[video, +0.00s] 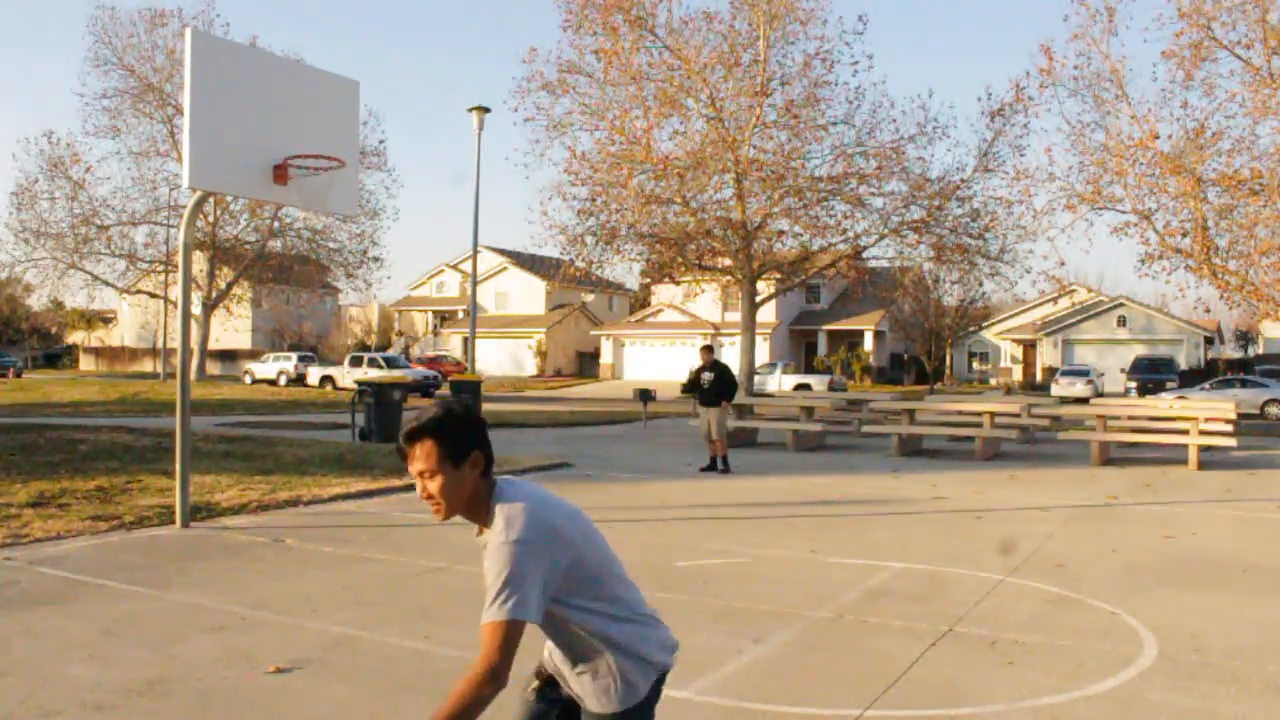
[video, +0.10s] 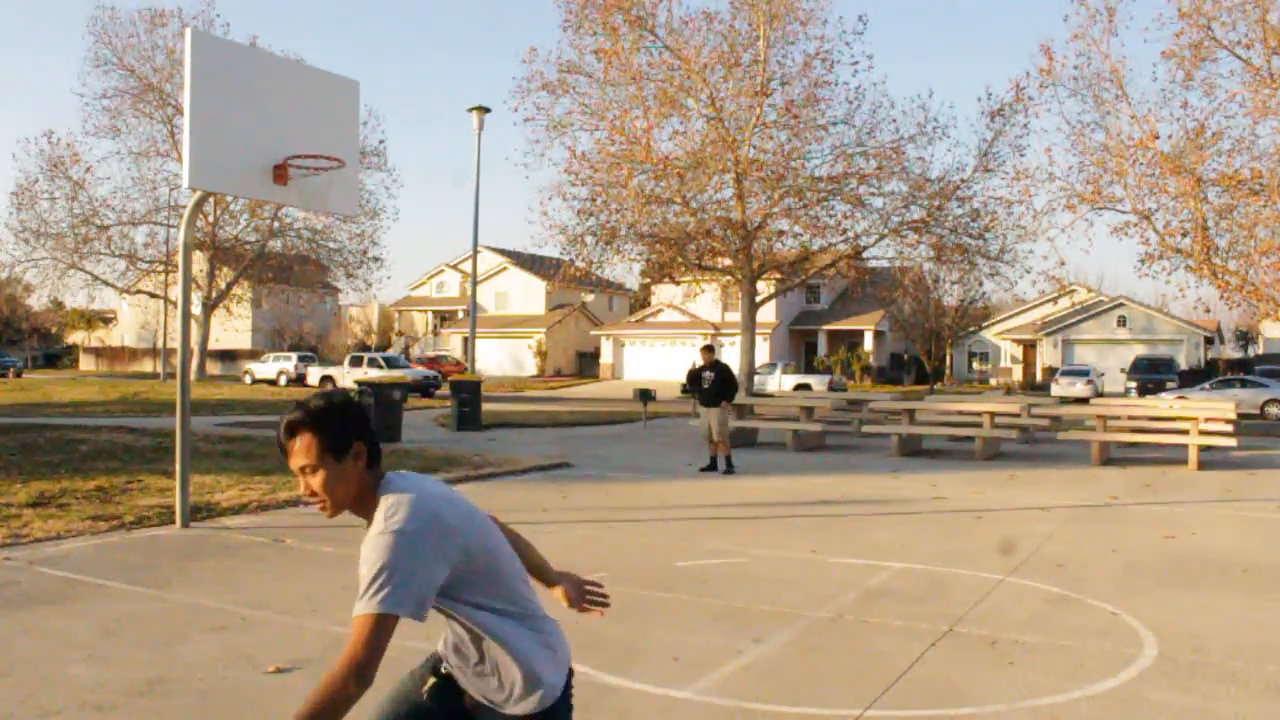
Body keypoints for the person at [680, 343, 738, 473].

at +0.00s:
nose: (702, 357)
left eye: (705, 354)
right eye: (701, 354)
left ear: (711, 354)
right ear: (701, 355)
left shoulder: (722, 368)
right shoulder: (699, 370)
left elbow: (733, 384)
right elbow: (693, 386)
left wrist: (727, 400)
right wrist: (686, 388)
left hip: (718, 405)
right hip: (704, 406)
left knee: (718, 436)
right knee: (709, 437)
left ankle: (725, 463)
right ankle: (712, 462)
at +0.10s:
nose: (703, 357)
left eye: (705, 354)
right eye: (702, 354)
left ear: (711, 354)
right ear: (702, 355)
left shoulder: (722, 368)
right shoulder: (701, 370)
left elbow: (733, 385)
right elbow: (691, 382)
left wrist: (727, 400)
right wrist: (693, 371)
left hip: (718, 406)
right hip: (705, 406)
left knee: (720, 437)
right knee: (710, 438)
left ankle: (729, 464)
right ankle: (712, 463)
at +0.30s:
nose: (706, 357)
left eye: (707, 354)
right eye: (705, 354)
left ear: (714, 354)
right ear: (707, 354)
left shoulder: (725, 368)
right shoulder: (706, 369)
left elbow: (736, 386)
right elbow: (693, 377)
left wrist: (729, 401)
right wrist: (696, 366)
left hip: (720, 407)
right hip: (707, 407)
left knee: (723, 437)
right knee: (711, 438)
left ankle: (729, 464)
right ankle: (713, 463)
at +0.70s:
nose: (712, 356)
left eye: (714, 354)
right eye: (712, 353)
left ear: (720, 355)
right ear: (718, 355)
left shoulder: (735, 371)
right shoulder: (712, 369)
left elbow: (741, 390)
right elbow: (705, 388)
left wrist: (739, 406)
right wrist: (702, 403)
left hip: (727, 408)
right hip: (711, 407)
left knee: (728, 438)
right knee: (708, 438)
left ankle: (730, 464)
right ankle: (711, 461)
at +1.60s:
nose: (700, 357)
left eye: (702, 354)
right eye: (700, 354)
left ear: (708, 355)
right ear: (703, 355)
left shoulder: (720, 369)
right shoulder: (698, 370)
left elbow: (730, 386)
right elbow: (691, 386)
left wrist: (723, 403)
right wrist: (684, 400)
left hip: (716, 407)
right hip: (700, 407)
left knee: (718, 437)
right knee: (701, 438)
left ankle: (728, 459)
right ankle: (702, 465)